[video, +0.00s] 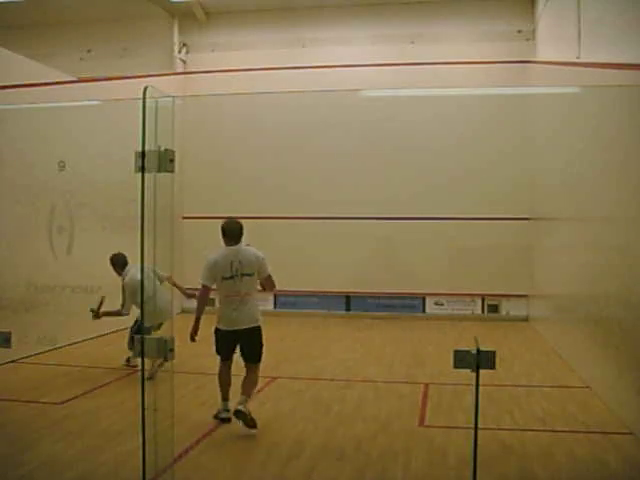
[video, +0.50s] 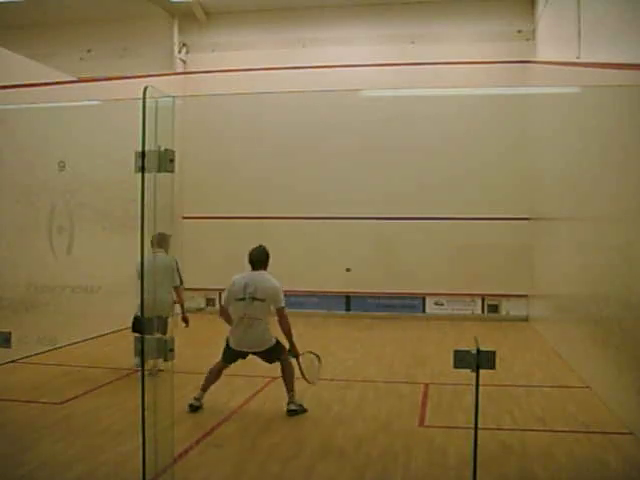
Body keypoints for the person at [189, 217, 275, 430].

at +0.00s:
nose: (225, 237)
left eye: (224, 233)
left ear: (222, 236)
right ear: (242, 235)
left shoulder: (215, 261)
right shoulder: (255, 257)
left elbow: (203, 295)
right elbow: (269, 286)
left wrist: (196, 323)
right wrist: (254, 284)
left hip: (225, 326)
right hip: (250, 325)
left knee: (225, 364)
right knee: (252, 368)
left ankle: (225, 407)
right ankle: (242, 404)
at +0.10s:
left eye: (223, 228)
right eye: (236, 227)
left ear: (222, 231)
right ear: (240, 230)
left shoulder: (214, 254)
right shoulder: (252, 250)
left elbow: (203, 286)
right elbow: (267, 277)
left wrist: (199, 314)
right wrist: (267, 289)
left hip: (225, 320)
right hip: (251, 317)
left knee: (223, 359)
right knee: (258, 357)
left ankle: (224, 403)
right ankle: (247, 399)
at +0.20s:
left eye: (226, 230)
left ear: (223, 233)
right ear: (241, 232)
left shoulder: (213, 255)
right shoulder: (254, 252)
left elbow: (204, 285)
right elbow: (267, 279)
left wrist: (203, 309)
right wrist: (268, 300)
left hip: (224, 316)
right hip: (251, 313)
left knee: (216, 348)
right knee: (263, 351)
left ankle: (216, 389)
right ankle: (265, 398)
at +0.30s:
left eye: (230, 243)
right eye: (241, 242)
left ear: (226, 245)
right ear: (244, 244)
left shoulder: (215, 266)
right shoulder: (255, 265)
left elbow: (205, 294)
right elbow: (266, 292)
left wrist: (206, 316)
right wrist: (271, 312)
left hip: (222, 324)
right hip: (249, 323)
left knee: (213, 356)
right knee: (270, 358)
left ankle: (198, 395)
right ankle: (285, 400)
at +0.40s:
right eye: (251, 260)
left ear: (234, 261)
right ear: (252, 262)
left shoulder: (220, 282)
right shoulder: (258, 284)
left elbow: (208, 310)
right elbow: (271, 315)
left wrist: (215, 330)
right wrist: (281, 334)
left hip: (223, 339)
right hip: (248, 339)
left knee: (213, 362)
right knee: (275, 359)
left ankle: (195, 398)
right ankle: (290, 400)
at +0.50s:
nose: (268, 263)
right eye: (267, 260)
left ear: (250, 262)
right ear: (267, 262)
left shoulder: (236, 281)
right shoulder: (272, 285)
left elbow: (223, 311)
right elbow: (282, 317)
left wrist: (236, 326)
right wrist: (292, 344)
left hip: (236, 340)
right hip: (261, 341)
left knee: (221, 364)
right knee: (285, 358)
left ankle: (198, 398)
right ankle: (292, 401)